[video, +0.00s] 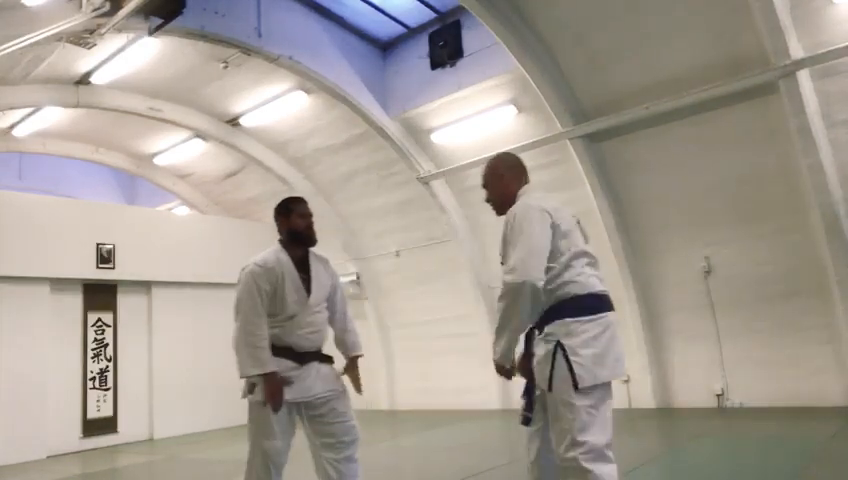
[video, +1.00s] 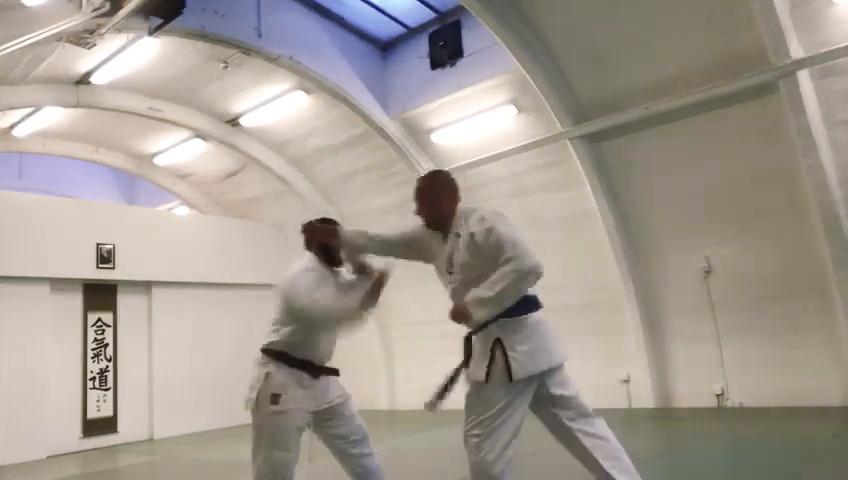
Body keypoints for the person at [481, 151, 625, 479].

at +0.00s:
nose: (485, 196)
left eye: (488, 186)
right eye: (484, 188)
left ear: (507, 180)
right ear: (516, 180)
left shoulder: (527, 210)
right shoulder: (546, 210)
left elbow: (524, 279)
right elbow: (557, 290)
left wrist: (504, 348)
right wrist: (533, 350)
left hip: (575, 329)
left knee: (581, 450)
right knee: (546, 448)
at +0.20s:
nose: (510, 179)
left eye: (513, 169)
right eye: (510, 170)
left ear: (528, 168)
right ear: (546, 169)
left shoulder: (534, 207)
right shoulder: (577, 203)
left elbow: (531, 280)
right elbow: (592, 270)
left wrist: (513, 318)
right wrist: (547, 315)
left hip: (573, 330)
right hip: (608, 323)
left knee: (586, 444)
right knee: (617, 431)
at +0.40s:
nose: (519, 191)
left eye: (519, 181)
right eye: (517, 183)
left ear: (533, 177)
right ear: (554, 175)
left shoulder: (533, 217)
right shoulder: (600, 212)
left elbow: (527, 290)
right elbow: (625, 270)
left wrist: (515, 306)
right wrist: (599, 296)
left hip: (571, 334)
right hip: (621, 326)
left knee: (535, 433)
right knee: (640, 428)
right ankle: (666, 477)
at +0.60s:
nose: (504, 195)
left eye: (505, 186)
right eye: (503, 187)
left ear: (517, 185)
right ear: (539, 183)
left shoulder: (514, 223)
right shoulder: (585, 219)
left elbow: (479, 284)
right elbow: (622, 274)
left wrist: (454, 276)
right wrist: (583, 298)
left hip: (546, 339)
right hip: (596, 335)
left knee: (510, 436)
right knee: (630, 435)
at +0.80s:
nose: (458, 201)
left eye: (462, 192)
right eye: (458, 192)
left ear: (481, 193)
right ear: (494, 193)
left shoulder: (483, 235)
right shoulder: (528, 227)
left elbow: (447, 294)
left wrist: (426, 278)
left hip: (523, 348)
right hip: (565, 339)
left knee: (481, 439)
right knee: (588, 434)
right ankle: (628, 477)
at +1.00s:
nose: (417, 208)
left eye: (421, 200)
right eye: (416, 201)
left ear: (442, 199)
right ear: (442, 198)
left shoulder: (485, 224)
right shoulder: (432, 240)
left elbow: (527, 265)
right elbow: (381, 243)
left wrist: (473, 305)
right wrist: (335, 233)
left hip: (507, 344)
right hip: (526, 337)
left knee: (483, 447)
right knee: (578, 424)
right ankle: (626, 476)